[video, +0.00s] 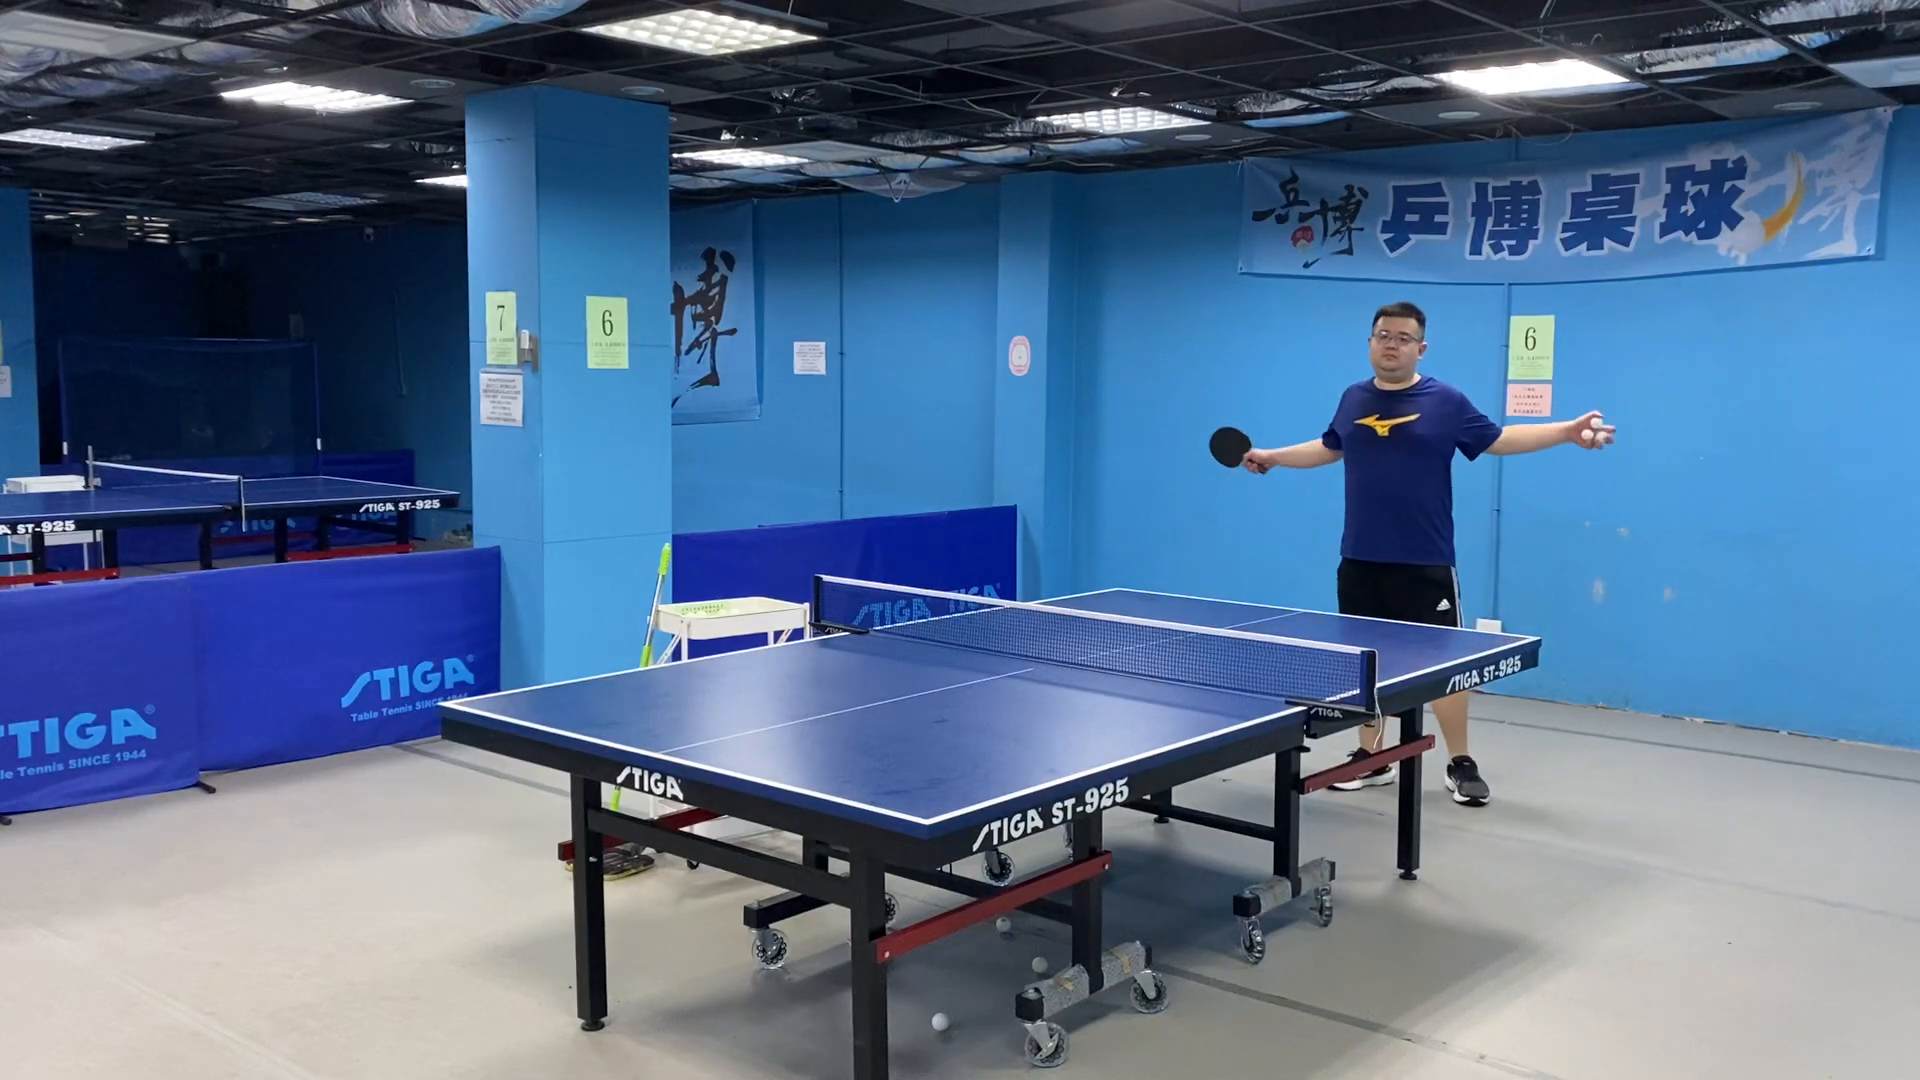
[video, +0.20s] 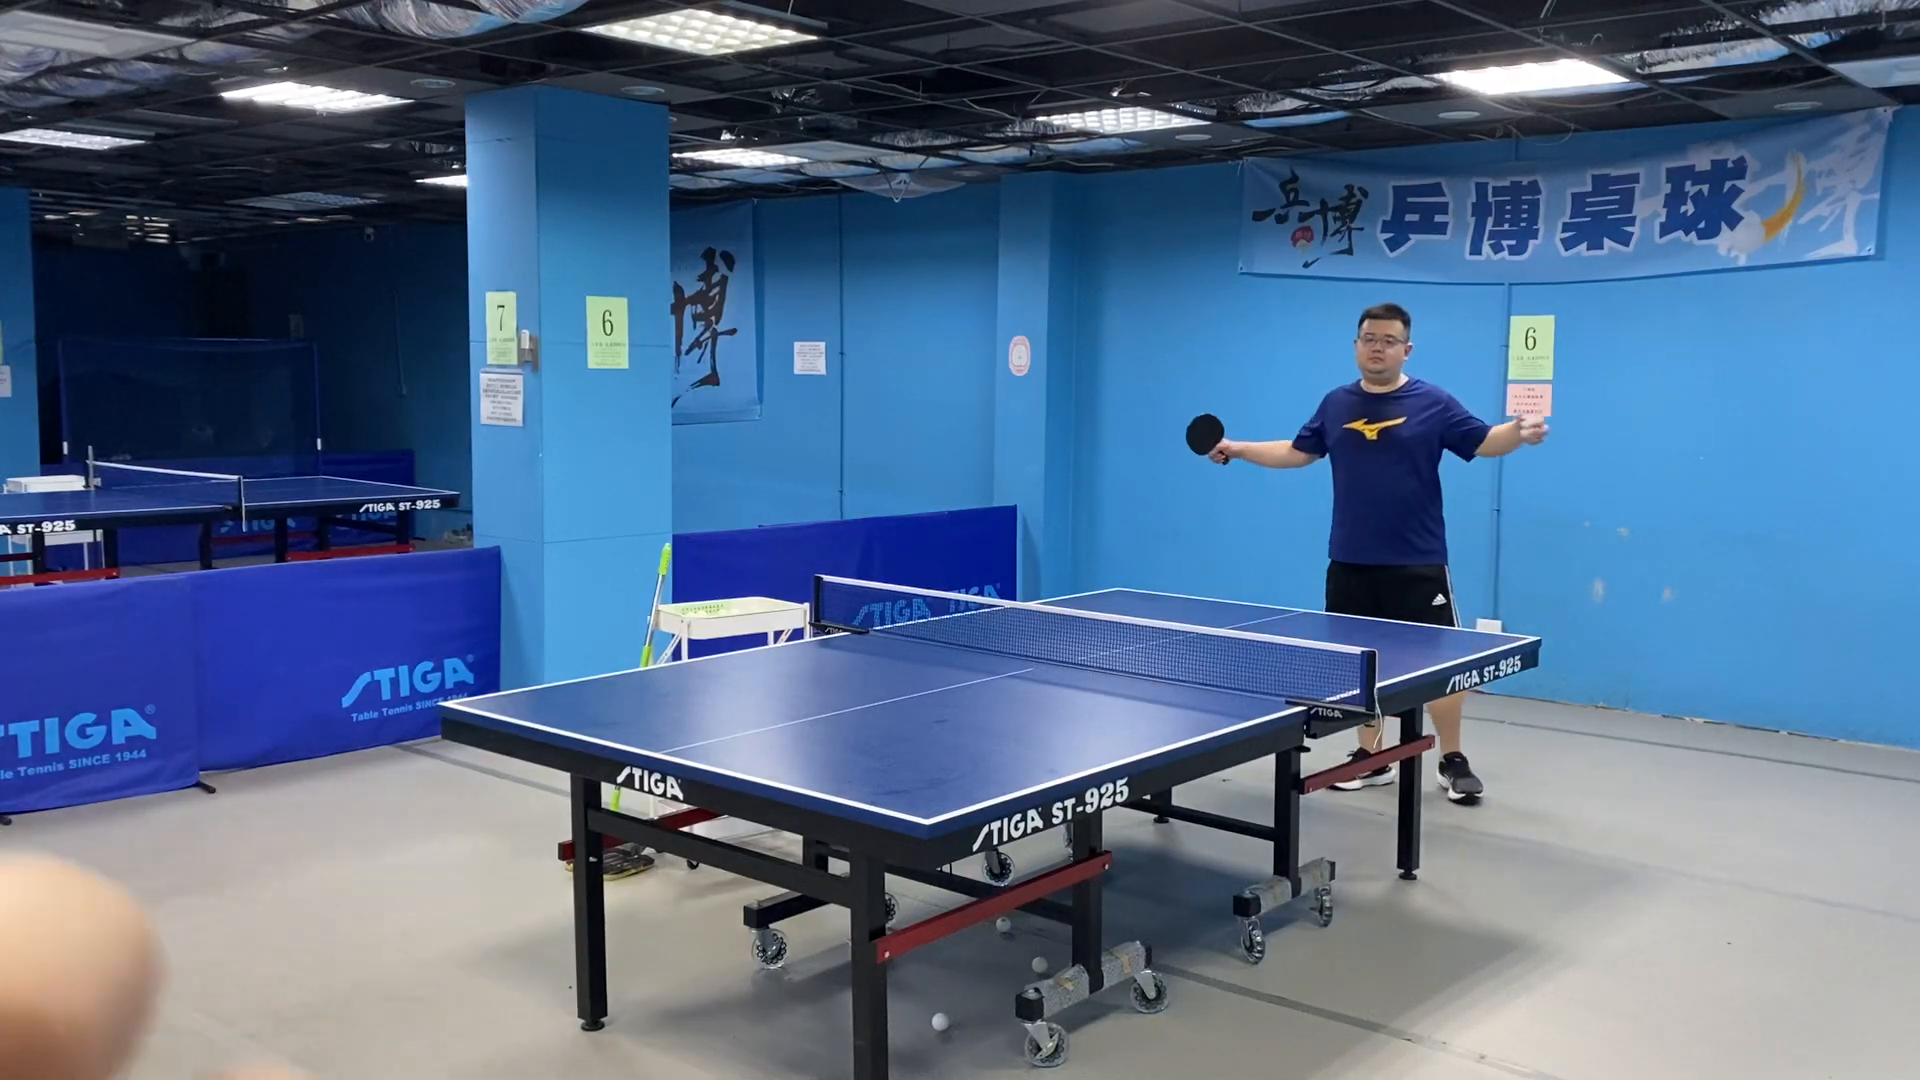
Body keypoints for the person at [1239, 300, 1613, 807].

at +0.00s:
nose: (1392, 346)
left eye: (1404, 339)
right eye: (1384, 336)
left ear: (1421, 349)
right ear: (1370, 343)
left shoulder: (1445, 402)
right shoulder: (1354, 399)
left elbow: (1497, 440)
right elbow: (1329, 448)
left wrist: (1568, 430)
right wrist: (1271, 457)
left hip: (1426, 562)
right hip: (1362, 559)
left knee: (1445, 664)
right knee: (1363, 658)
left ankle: (1460, 763)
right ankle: (1371, 754)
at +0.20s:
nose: (1377, 349)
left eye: (1388, 341)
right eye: (1369, 339)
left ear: (1406, 350)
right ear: (1356, 345)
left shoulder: (1432, 402)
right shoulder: (1337, 403)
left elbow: (1480, 441)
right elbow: (1297, 451)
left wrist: (1519, 431)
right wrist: (1236, 449)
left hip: (1418, 563)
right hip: (1351, 561)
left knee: (1439, 664)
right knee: (1354, 660)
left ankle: (1452, 758)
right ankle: (1370, 754)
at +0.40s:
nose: (1362, 353)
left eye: (1372, 344)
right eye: (1354, 345)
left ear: (1392, 350)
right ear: (1342, 352)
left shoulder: (1420, 402)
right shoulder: (1327, 413)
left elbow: (1444, 456)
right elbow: (1303, 465)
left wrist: (1406, 483)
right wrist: (1285, 484)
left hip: (1419, 561)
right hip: (1354, 562)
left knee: (1437, 662)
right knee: (1358, 659)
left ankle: (1452, 759)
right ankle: (1369, 754)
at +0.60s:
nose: (1352, 358)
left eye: (1361, 348)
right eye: (1342, 351)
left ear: (1383, 351)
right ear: (1334, 360)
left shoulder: (1412, 401)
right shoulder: (1328, 418)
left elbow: (1395, 475)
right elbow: (1322, 482)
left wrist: (1356, 538)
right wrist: (1342, 526)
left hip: (1427, 563)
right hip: (1364, 565)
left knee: (1456, 660)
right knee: (1361, 660)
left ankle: (1479, 759)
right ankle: (1371, 754)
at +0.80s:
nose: (1353, 371)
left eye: (1364, 362)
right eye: (1346, 364)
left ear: (1390, 365)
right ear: (1340, 372)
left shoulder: (1425, 418)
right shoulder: (1337, 432)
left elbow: (1435, 486)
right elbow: (1329, 501)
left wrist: (1376, 528)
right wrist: (1338, 553)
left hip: (1441, 575)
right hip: (1373, 578)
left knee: (1479, 663)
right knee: (1350, 662)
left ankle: (1518, 763)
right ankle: (1368, 756)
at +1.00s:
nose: (1383, 385)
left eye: (1394, 376)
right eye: (1375, 377)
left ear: (1420, 378)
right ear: (1368, 380)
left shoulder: (1455, 426)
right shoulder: (1363, 435)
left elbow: (1480, 483)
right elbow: (1342, 500)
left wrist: (1402, 481)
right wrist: (1315, 563)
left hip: (1466, 586)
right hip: (1390, 585)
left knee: (1495, 672)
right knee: (1364, 669)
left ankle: (1529, 777)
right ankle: (1369, 754)